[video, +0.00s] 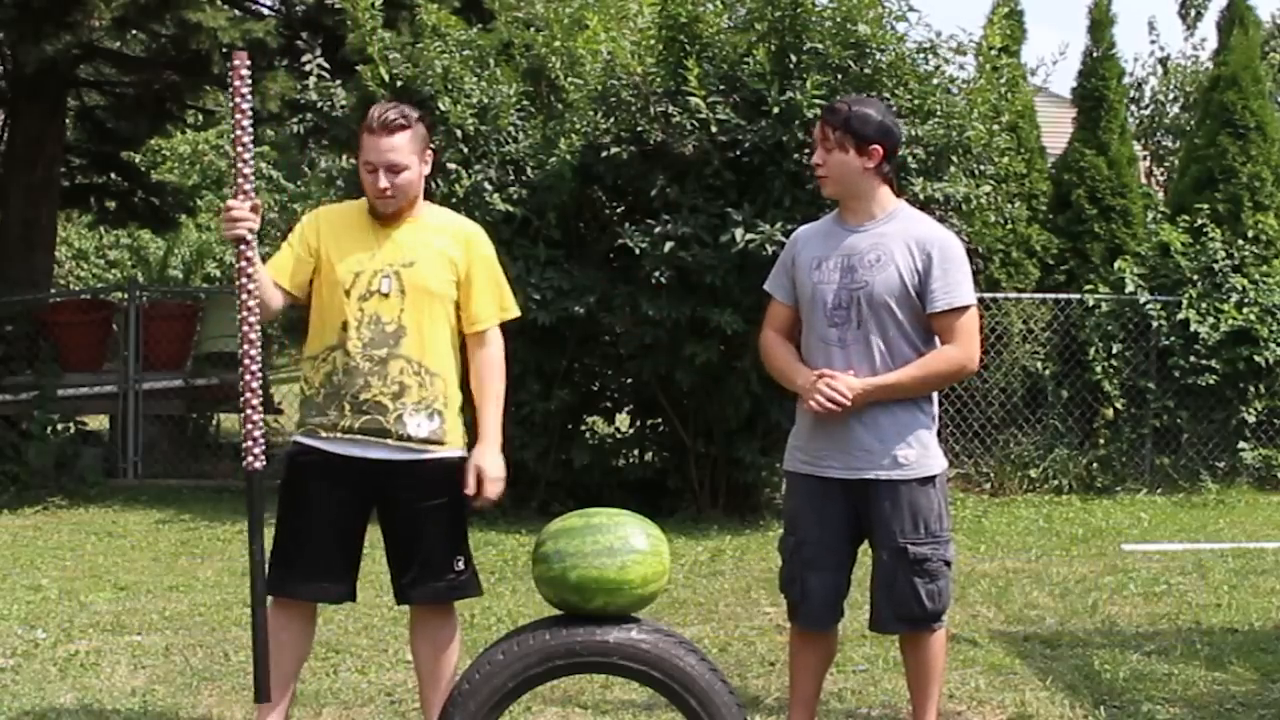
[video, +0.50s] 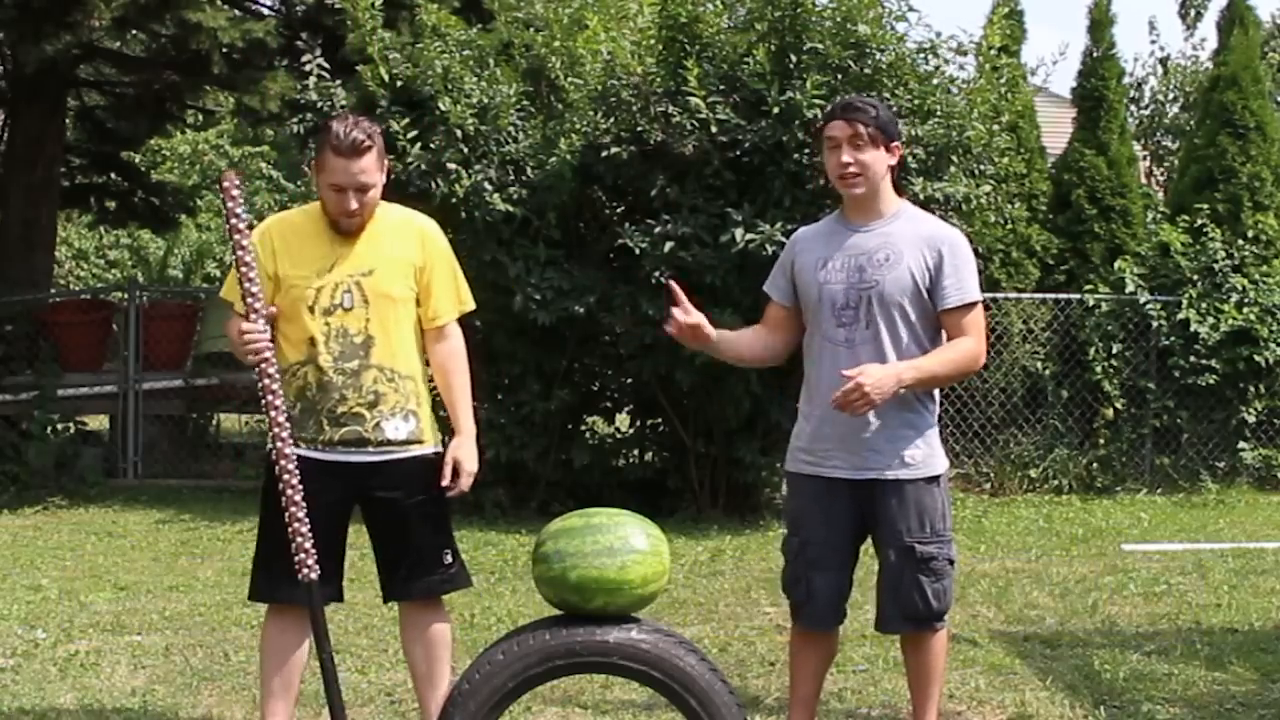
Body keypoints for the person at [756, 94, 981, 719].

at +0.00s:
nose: (815, 160)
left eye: (827, 149)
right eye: (815, 148)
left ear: (872, 156)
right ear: (844, 155)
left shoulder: (933, 243)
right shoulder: (804, 243)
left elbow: (964, 353)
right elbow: (773, 337)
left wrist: (865, 387)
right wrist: (803, 379)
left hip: (904, 465)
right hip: (815, 463)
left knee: (921, 611)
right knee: (809, 611)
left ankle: (924, 716)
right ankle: (799, 716)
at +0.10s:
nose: (816, 162)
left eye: (829, 151)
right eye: (816, 149)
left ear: (874, 157)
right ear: (823, 155)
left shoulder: (934, 243)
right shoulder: (803, 243)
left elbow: (965, 352)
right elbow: (772, 337)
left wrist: (866, 385)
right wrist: (804, 378)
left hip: (905, 466)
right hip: (815, 463)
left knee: (922, 611)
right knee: (809, 611)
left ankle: (924, 716)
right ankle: (799, 716)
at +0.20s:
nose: (821, 169)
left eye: (834, 156)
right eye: (818, 156)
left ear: (879, 159)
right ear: (822, 160)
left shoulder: (938, 244)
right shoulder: (806, 243)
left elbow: (966, 351)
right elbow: (778, 337)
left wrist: (875, 381)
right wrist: (801, 377)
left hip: (904, 465)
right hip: (815, 462)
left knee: (922, 610)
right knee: (809, 609)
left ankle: (925, 716)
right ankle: (799, 716)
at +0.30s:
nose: (831, 166)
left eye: (845, 152)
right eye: (824, 154)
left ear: (886, 156)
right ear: (818, 161)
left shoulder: (939, 244)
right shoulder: (807, 244)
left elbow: (965, 351)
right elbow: (785, 332)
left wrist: (881, 376)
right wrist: (779, 375)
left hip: (905, 465)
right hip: (816, 462)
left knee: (923, 610)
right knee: (810, 609)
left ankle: (924, 716)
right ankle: (799, 716)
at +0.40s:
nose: (843, 161)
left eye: (857, 147)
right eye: (831, 150)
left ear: (892, 154)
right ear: (821, 161)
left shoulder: (939, 242)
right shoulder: (805, 245)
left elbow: (968, 349)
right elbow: (780, 343)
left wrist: (891, 372)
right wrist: (747, 363)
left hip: (907, 465)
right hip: (817, 462)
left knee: (923, 610)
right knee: (811, 609)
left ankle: (925, 716)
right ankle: (799, 716)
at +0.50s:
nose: (845, 158)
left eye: (859, 144)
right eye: (833, 148)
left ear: (892, 153)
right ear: (822, 162)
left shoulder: (940, 242)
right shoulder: (804, 245)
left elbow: (971, 347)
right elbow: (774, 337)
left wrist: (897, 374)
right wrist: (713, 339)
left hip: (908, 464)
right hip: (818, 461)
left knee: (924, 610)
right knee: (812, 610)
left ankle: (925, 716)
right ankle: (799, 717)